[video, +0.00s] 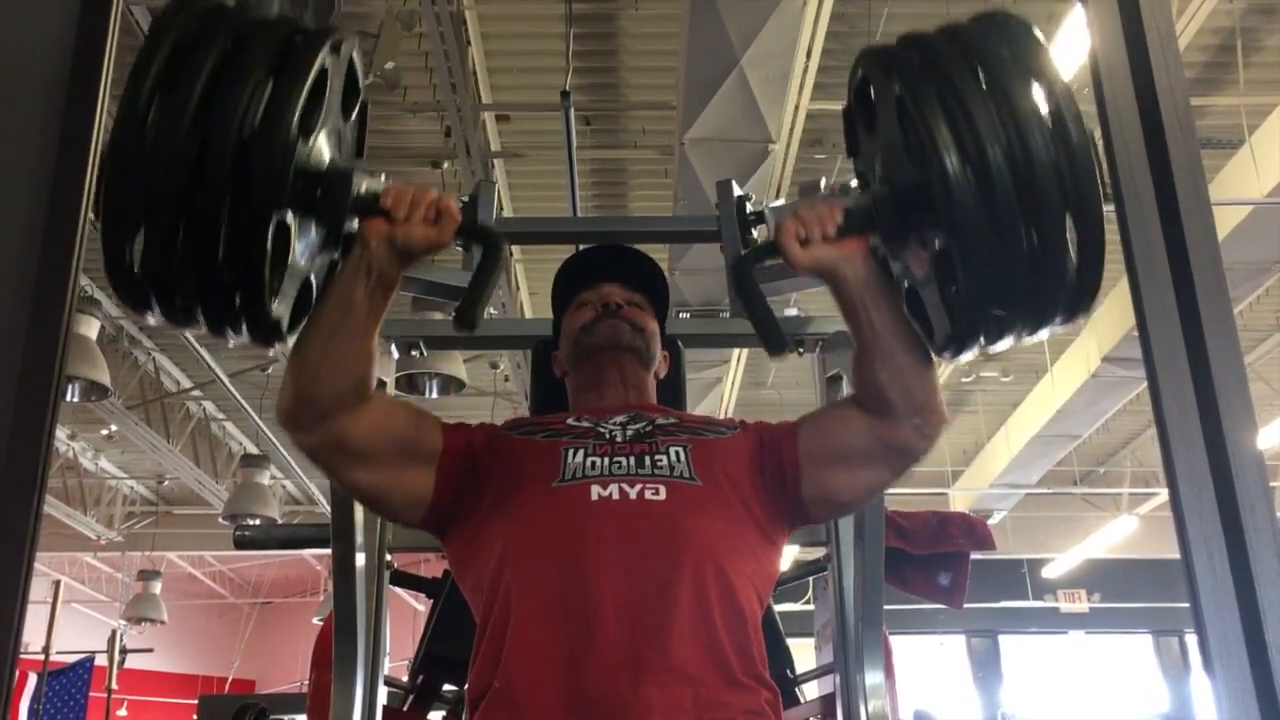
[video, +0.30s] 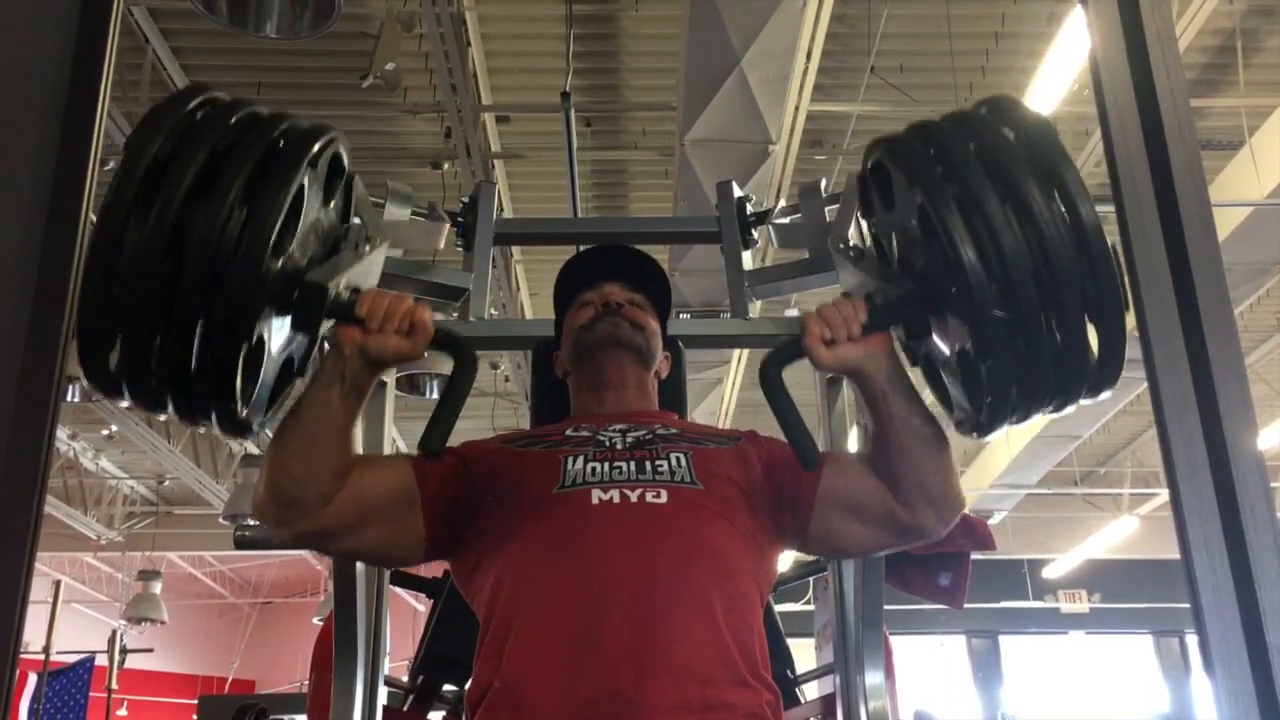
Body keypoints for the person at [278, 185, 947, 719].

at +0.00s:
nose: (611, 306)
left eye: (636, 306)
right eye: (585, 306)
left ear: (666, 357)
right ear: (555, 358)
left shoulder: (749, 455)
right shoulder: (486, 462)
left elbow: (906, 420)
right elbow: (319, 411)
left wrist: (853, 269)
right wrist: (376, 259)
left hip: (725, 707)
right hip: (526, 707)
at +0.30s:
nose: (613, 306)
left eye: (637, 307)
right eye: (587, 306)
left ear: (666, 361)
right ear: (555, 361)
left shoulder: (744, 459)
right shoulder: (490, 466)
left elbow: (926, 510)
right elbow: (294, 506)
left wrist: (879, 373)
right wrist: (348, 368)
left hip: (726, 703)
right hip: (529, 704)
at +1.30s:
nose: (608, 310)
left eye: (633, 312)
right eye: (584, 310)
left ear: (664, 364)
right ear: (554, 363)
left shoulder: (744, 458)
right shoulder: (484, 463)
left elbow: (921, 441)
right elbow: (303, 432)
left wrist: (859, 296)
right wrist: (366, 291)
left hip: (720, 704)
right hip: (526, 705)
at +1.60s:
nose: (610, 318)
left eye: (634, 317)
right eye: (587, 314)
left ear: (666, 367)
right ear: (553, 364)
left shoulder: (755, 453)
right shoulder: (482, 456)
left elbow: (877, 358)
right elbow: (355, 346)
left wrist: (838, 198)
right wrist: (392, 188)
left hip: (728, 705)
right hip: (523, 704)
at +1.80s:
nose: (609, 316)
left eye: (634, 316)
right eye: (585, 312)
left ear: (666, 369)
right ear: (552, 363)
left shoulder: (754, 453)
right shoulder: (485, 457)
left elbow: (847, 328)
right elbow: (395, 317)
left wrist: (828, 161)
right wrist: (404, 153)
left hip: (728, 705)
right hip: (518, 706)